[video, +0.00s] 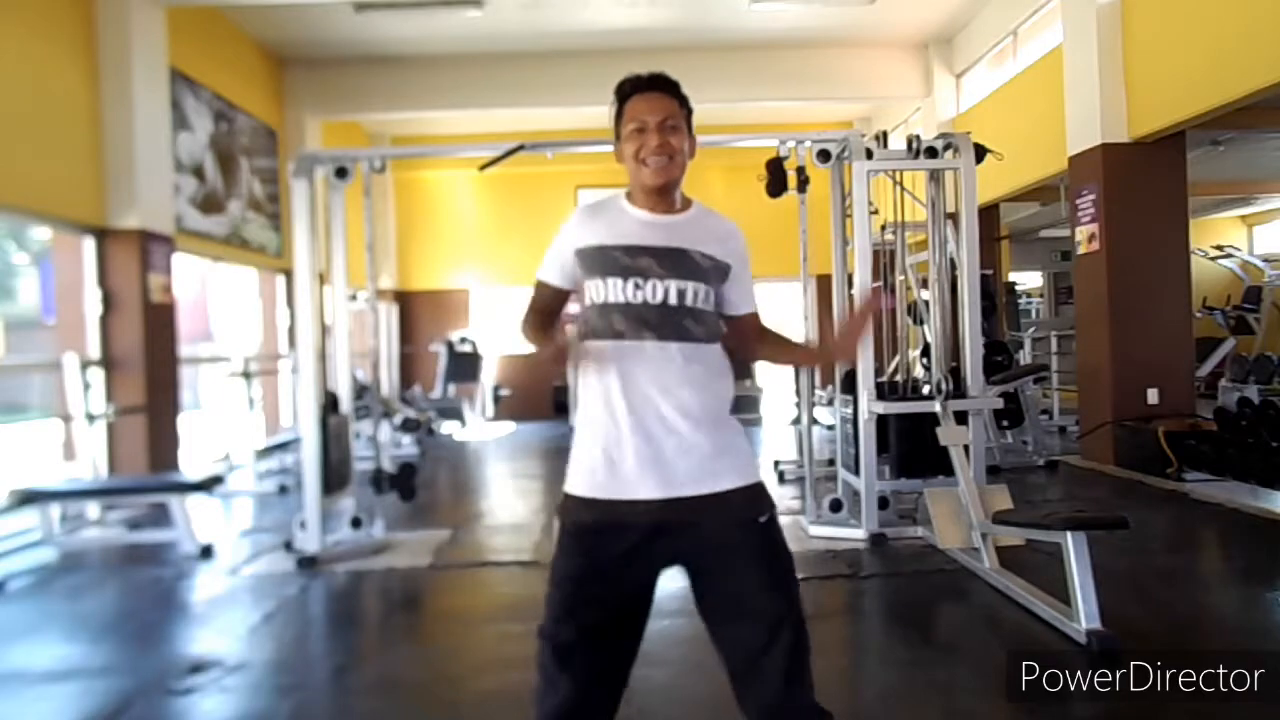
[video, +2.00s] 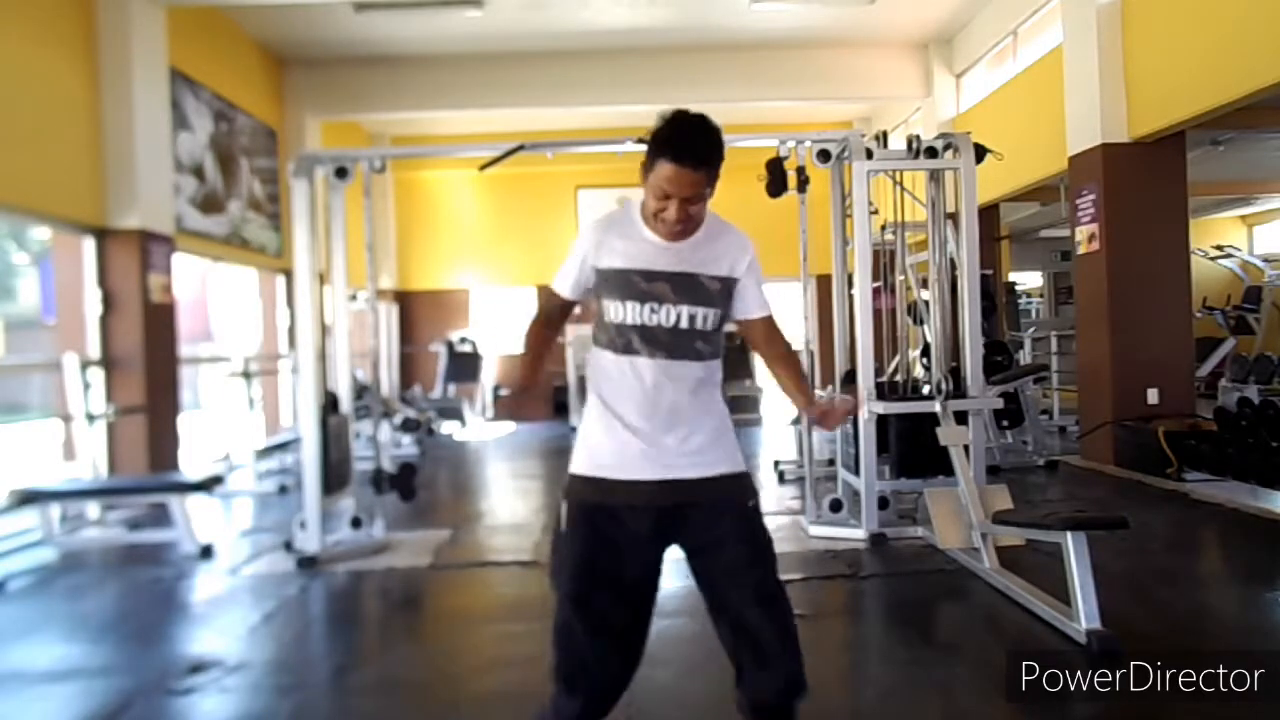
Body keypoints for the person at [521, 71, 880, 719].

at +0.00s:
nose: (657, 139)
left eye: (671, 127)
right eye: (639, 130)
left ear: (691, 144)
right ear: (619, 150)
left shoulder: (722, 236)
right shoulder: (586, 227)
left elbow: (746, 338)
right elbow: (538, 318)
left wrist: (823, 354)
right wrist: (549, 339)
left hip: (720, 486)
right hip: (606, 488)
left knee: (778, 679)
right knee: (571, 686)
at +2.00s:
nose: (674, 212)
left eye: (691, 200)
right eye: (663, 196)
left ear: (713, 187)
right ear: (643, 175)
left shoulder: (732, 248)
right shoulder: (602, 234)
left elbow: (763, 335)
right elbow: (552, 311)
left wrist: (810, 404)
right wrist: (530, 374)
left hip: (709, 468)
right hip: (610, 469)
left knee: (761, 628)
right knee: (589, 637)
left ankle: (773, 708)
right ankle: (573, 711)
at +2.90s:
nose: (665, 185)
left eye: (676, 175)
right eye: (653, 178)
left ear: (694, 187)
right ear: (635, 193)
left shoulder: (726, 259)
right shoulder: (610, 262)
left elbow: (762, 331)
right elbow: (567, 334)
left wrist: (745, 362)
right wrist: (523, 375)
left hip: (696, 451)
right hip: (614, 446)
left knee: (720, 578)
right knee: (575, 555)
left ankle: (745, 670)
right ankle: (574, 673)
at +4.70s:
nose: (651, 150)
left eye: (661, 139)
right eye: (637, 142)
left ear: (679, 152)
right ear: (618, 157)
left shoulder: (705, 221)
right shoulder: (587, 222)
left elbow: (756, 284)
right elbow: (533, 281)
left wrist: (799, 339)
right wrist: (526, 284)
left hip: (684, 431)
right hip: (603, 431)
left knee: (685, 572)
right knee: (604, 572)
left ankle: (686, 699)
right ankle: (614, 696)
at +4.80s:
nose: (655, 162)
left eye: (665, 152)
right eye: (641, 152)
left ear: (677, 163)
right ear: (616, 163)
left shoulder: (705, 232)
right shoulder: (586, 233)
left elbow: (782, 275)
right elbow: (501, 273)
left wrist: (861, 300)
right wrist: (557, 239)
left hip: (684, 453)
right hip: (605, 452)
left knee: (679, 600)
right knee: (616, 606)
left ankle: (676, 704)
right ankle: (618, 706)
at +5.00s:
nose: (694, 180)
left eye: (693, 170)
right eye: (684, 170)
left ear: (663, 172)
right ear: (646, 172)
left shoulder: (707, 233)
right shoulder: (589, 230)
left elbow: (780, 242)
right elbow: (509, 246)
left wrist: (831, 220)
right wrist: (500, 214)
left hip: (683, 444)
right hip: (602, 432)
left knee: (677, 603)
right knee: (557, 539)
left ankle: (677, 703)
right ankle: (603, 611)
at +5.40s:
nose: (642, 169)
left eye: (652, 160)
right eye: (630, 160)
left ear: (666, 173)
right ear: (608, 173)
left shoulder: (696, 232)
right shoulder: (579, 232)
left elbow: (771, 223)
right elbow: (507, 235)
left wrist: (824, 200)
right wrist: (521, 188)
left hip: (684, 439)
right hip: (602, 443)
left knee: (717, 585)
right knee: (614, 588)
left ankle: (684, 654)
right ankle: (609, 697)